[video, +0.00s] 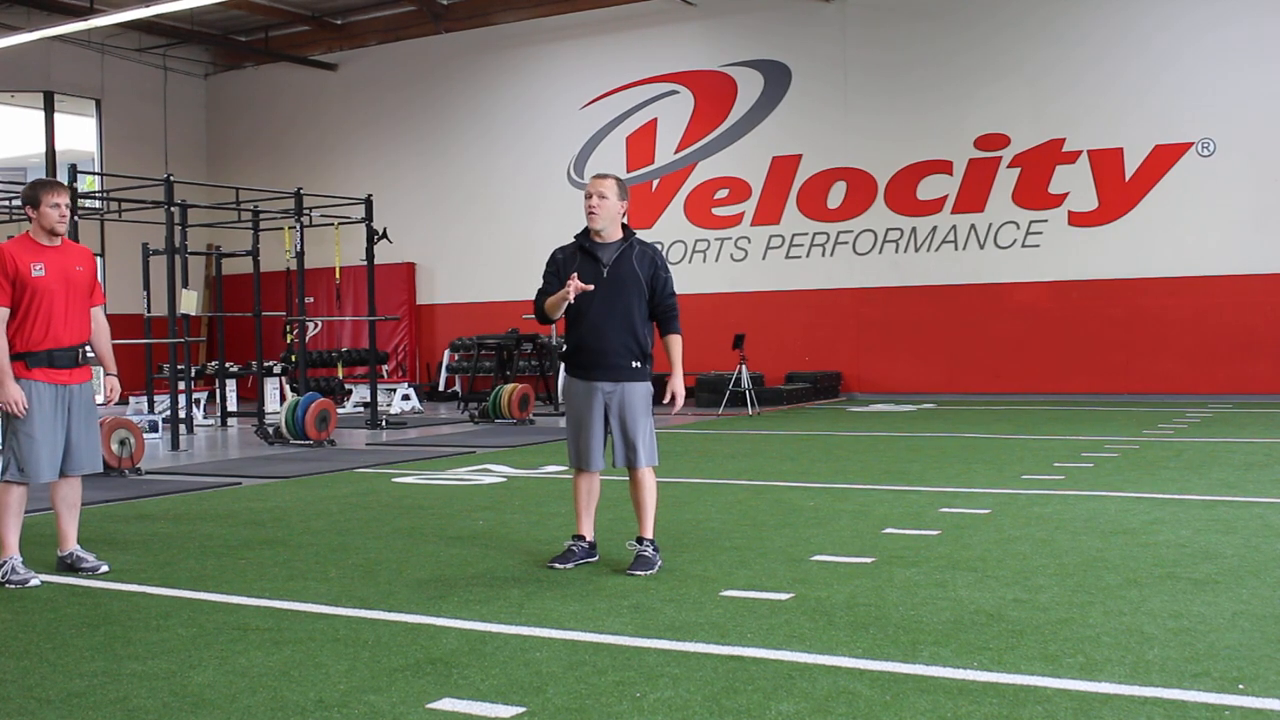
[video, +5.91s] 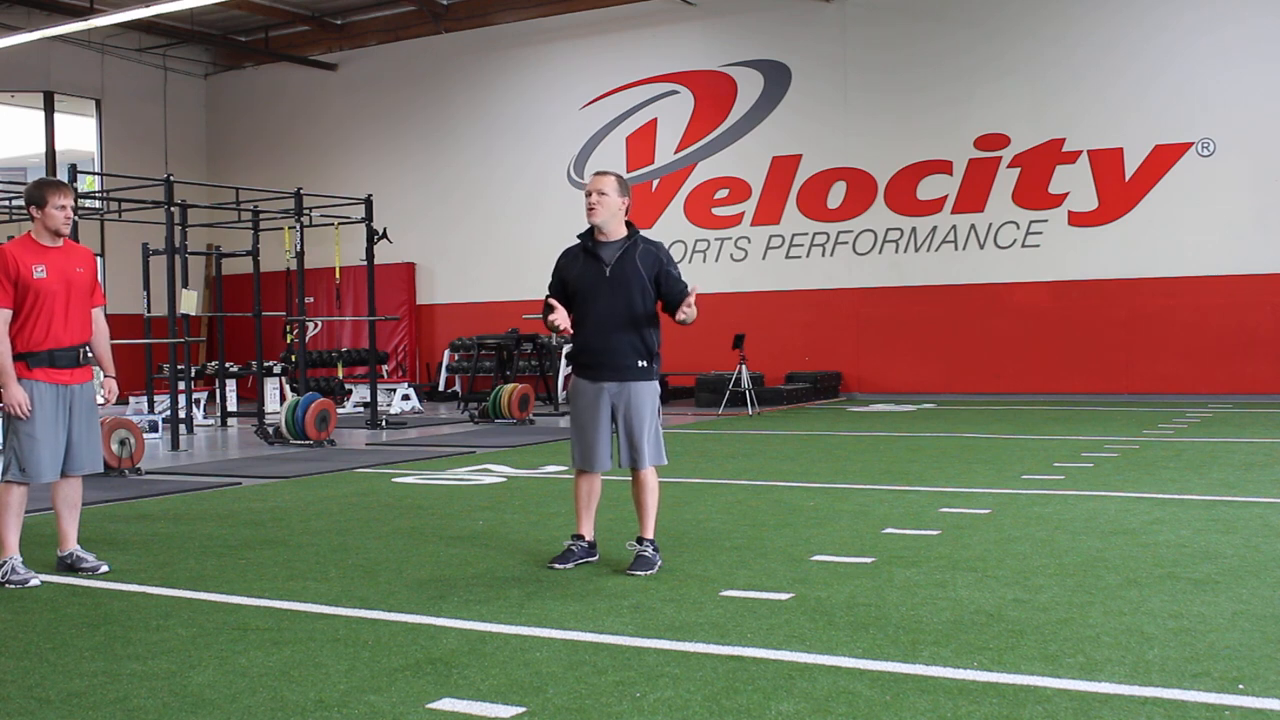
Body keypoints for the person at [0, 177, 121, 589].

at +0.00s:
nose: (64, 213)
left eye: (67, 206)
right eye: (54, 206)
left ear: (70, 210)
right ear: (32, 211)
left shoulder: (84, 257)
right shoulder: (10, 255)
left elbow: (96, 318)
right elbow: (0, 325)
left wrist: (111, 369)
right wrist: (6, 380)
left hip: (76, 377)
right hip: (29, 378)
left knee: (71, 466)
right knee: (19, 473)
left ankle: (69, 551)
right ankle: (10, 559)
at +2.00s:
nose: (64, 211)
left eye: (66, 205)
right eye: (55, 205)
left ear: (68, 211)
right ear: (31, 211)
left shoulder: (83, 257)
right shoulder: (10, 255)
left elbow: (95, 319)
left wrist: (109, 371)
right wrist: (6, 381)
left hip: (76, 377)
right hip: (29, 378)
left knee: (72, 466)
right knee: (18, 473)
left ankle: (69, 551)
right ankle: (10, 559)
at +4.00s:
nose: (67, 213)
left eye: (69, 206)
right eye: (58, 206)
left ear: (71, 210)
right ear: (34, 211)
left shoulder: (84, 257)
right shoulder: (11, 255)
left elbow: (96, 319)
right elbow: (0, 326)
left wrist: (109, 371)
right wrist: (8, 382)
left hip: (77, 377)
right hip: (30, 378)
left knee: (72, 466)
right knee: (19, 473)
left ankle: (69, 551)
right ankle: (9, 559)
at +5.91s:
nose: (68, 214)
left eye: (71, 207)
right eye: (59, 207)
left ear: (73, 211)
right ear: (35, 212)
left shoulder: (85, 257)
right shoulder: (12, 255)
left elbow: (97, 320)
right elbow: (1, 326)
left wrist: (109, 372)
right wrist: (8, 383)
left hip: (78, 377)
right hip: (30, 378)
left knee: (72, 466)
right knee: (19, 473)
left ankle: (69, 551)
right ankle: (10, 559)